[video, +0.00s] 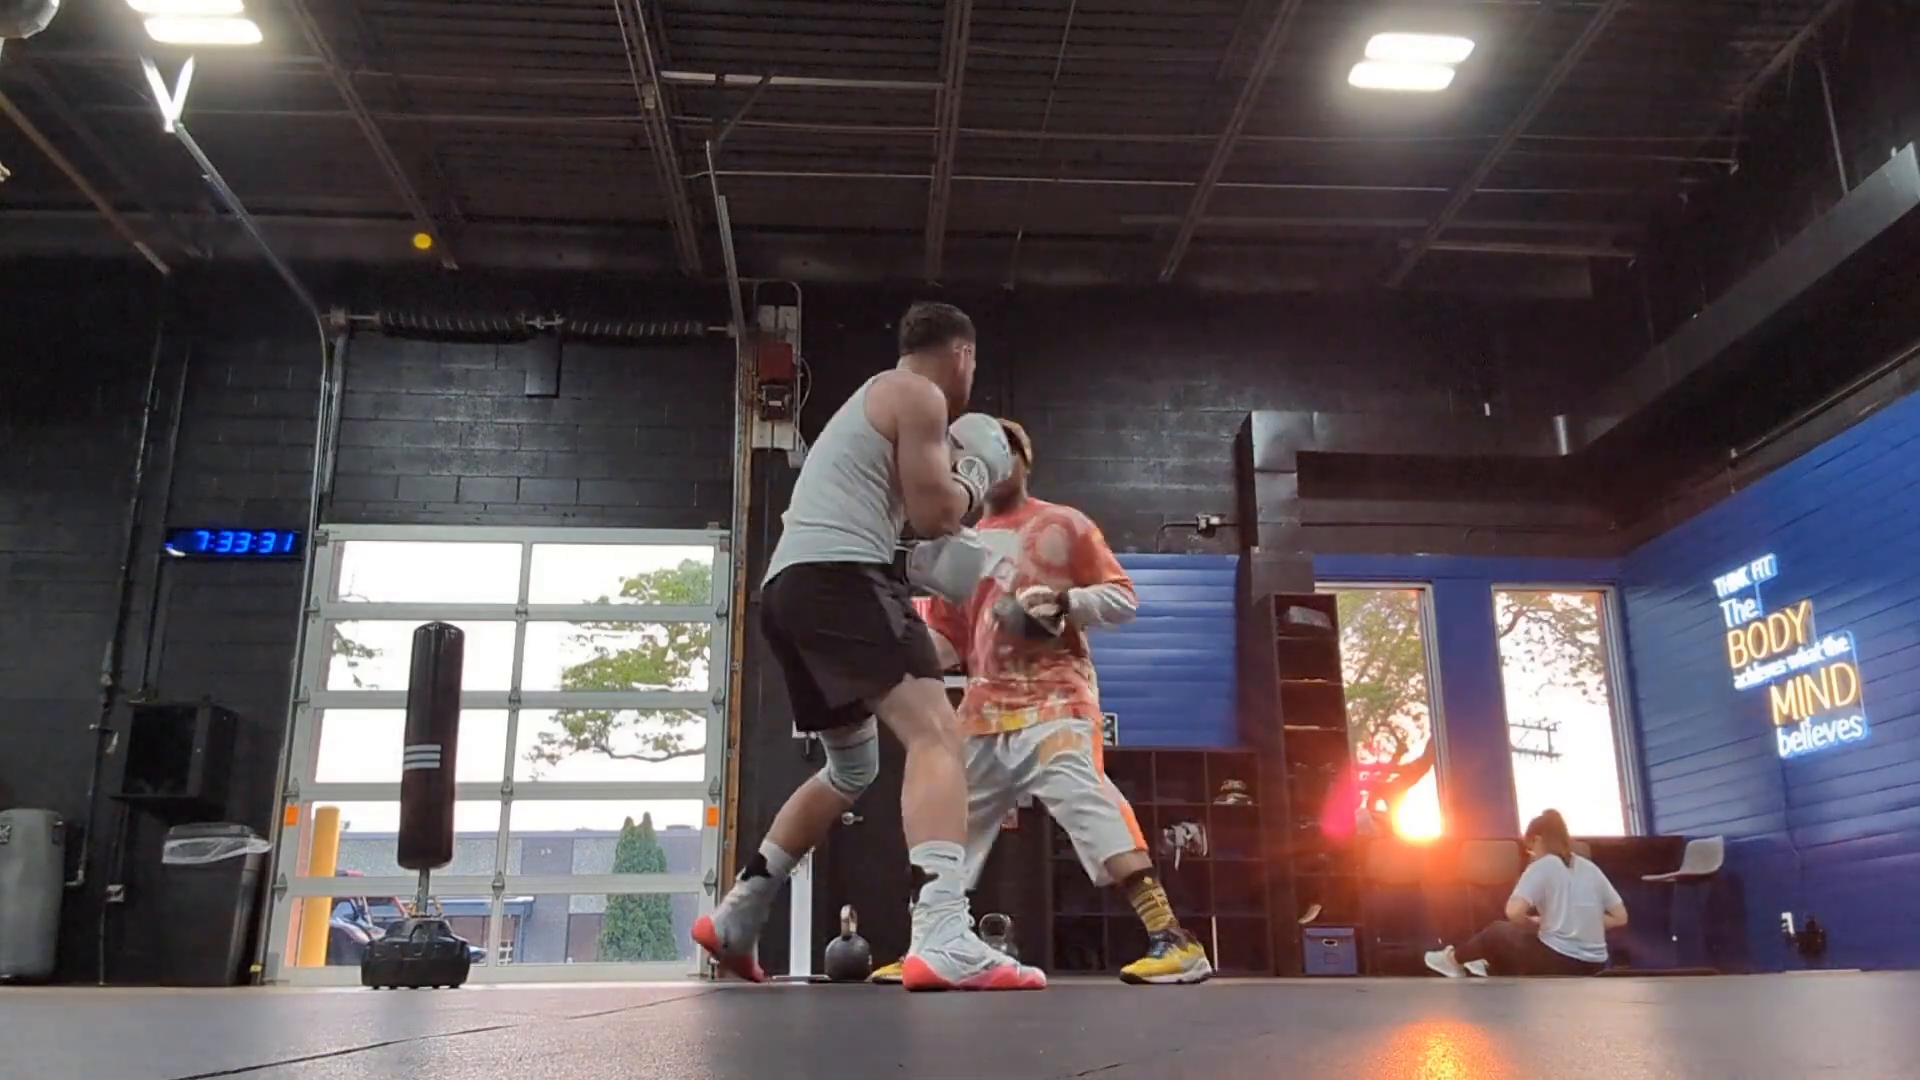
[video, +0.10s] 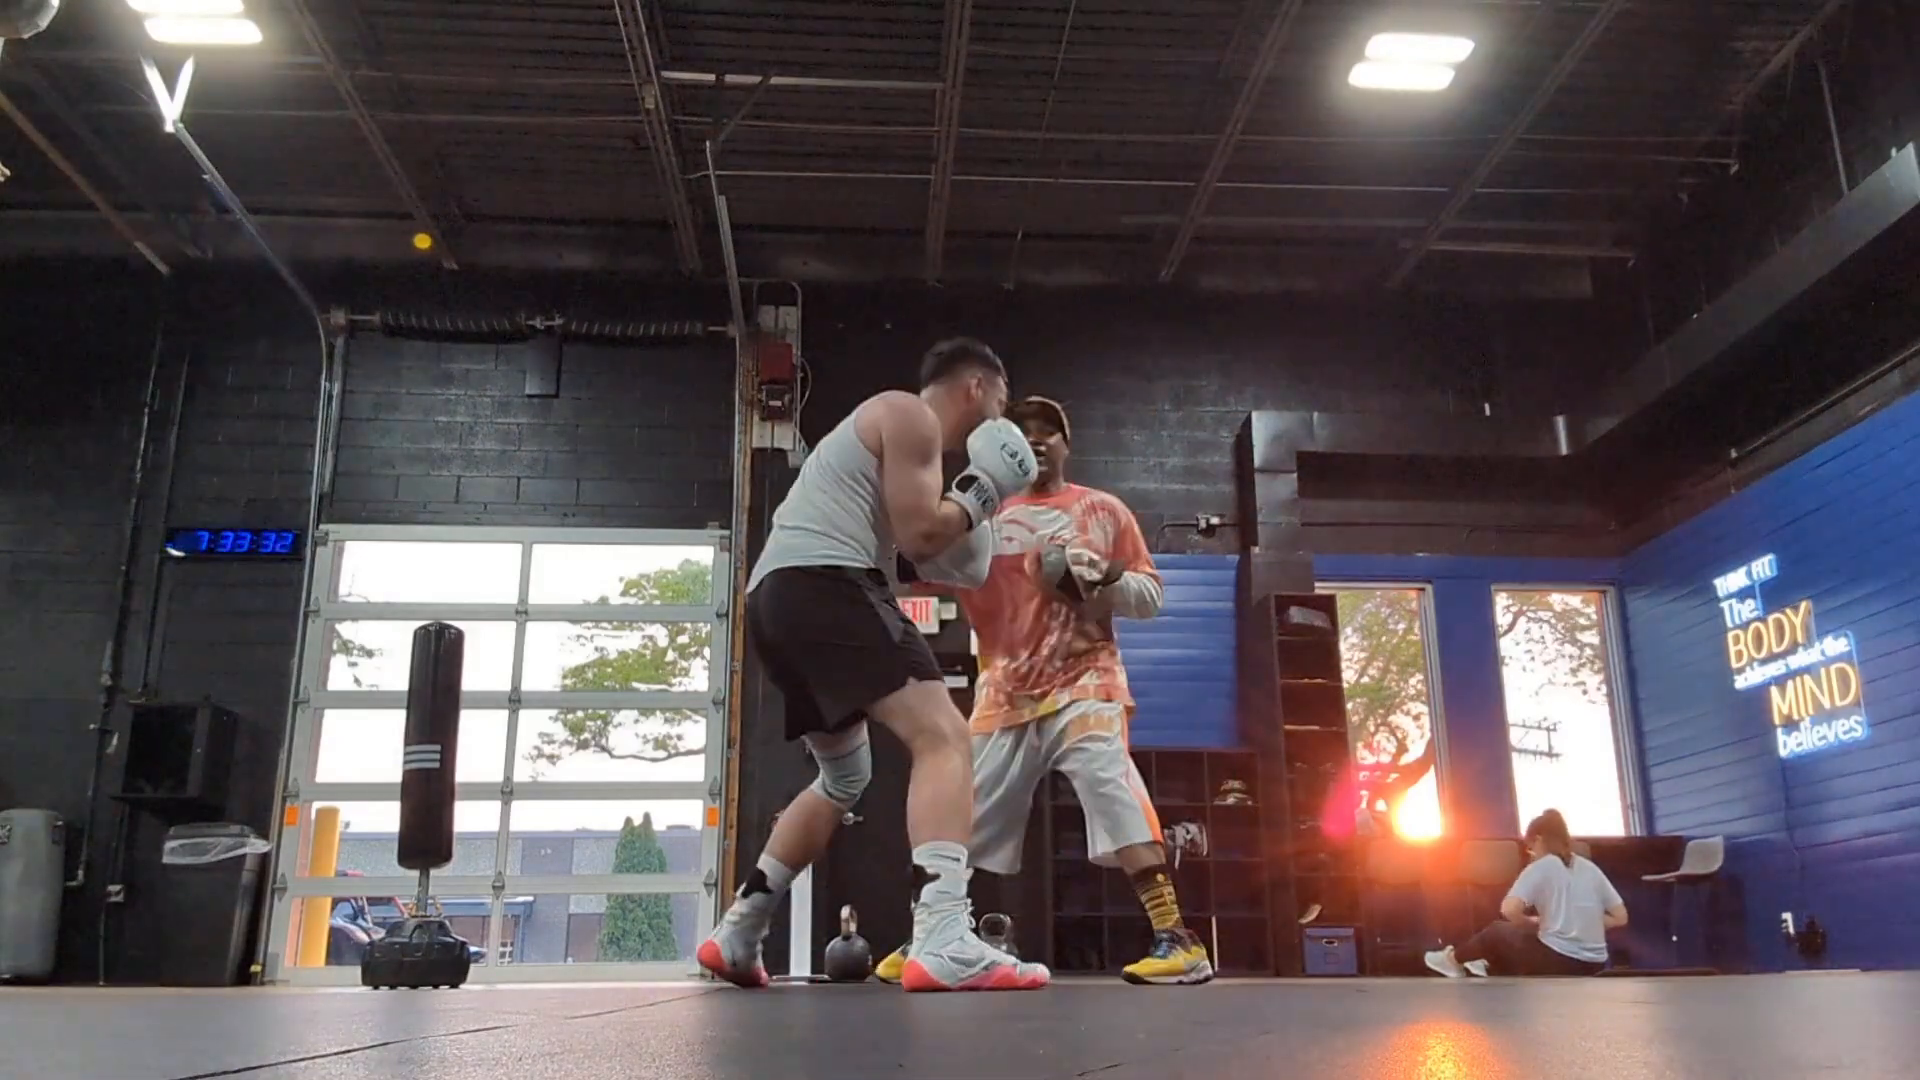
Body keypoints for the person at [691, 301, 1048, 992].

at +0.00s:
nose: (973, 378)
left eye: (974, 365)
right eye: (974, 363)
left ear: (906, 352)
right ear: (960, 356)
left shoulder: (868, 403)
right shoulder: (919, 394)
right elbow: (931, 511)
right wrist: (968, 481)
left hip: (784, 592)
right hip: (839, 578)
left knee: (848, 769)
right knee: (936, 737)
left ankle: (737, 917)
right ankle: (942, 934)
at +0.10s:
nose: (998, 419)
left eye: (1000, 409)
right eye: (998, 404)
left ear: (952, 383)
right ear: (976, 384)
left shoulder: (873, 430)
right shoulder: (906, 413)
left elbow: (876, 551)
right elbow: (919, 532)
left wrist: (938, 561)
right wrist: (986, 483)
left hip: (774, 598)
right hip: (828, 586)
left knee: (841, 779)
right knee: (944, 739)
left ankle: (739, 933)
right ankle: (943, 936)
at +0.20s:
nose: (982, 509)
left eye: (992, 500)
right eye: (993, 493)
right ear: (978, 465)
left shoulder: (861, 477)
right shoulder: (924, 464)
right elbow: (916, 586)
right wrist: (990, 542)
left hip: (751, 624)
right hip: (821, 609)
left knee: (829, 779)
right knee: (969, 745)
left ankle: (725, 934)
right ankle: (948, 935)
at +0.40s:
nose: (911, 534)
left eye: (910, 527)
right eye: (909, 524)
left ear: (848, 495)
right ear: (899, 505)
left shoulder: (775, 516)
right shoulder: (902, 520)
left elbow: (752, 598)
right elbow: (906, 627)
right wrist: (927, 624)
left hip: (738, 655)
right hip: (829, 637)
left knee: (787, 783)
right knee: (969, 775)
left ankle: (715, 945)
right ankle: (955, 929)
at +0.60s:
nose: (877, 433)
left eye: (877, 425)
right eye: (874, 421)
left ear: (817, 406)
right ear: (858, 408)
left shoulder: (762, 456)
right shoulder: (842, 426)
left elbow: (747, 547)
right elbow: (913, 518)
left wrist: (813, 585)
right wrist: (923, 468)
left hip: (699, 613)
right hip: (754, 591)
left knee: (797, 777)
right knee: (848, 744)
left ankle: (728, 934)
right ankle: (775, 915)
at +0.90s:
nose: (823, 372)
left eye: (822, 360)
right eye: (821, 358)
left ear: (762, 349)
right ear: (801, 349)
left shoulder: (762, 423)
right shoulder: (744, 401)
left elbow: (775, 518)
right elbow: (785, 492)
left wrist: (839, 508)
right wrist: (833, 438)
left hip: (749, 609)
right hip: (723, 601)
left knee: (784, 789)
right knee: (724, 762)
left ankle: (703, 949)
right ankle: (573, 935)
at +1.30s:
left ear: (740, 488)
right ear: (801, 496)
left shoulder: (683, 525)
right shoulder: (808, 538)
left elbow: (621, 623)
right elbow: (823, 655)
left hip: (639, 669)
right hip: (729, 654)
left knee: (687, 793)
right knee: (856, 799)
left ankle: (632, 947)